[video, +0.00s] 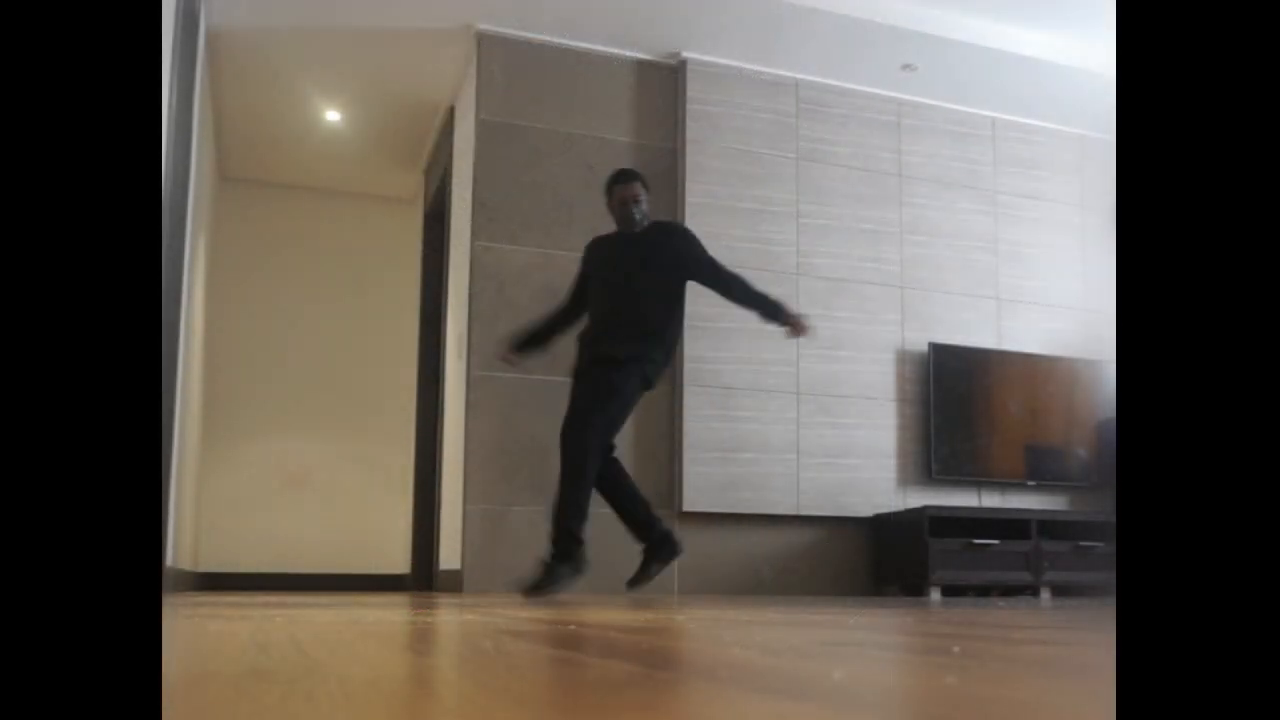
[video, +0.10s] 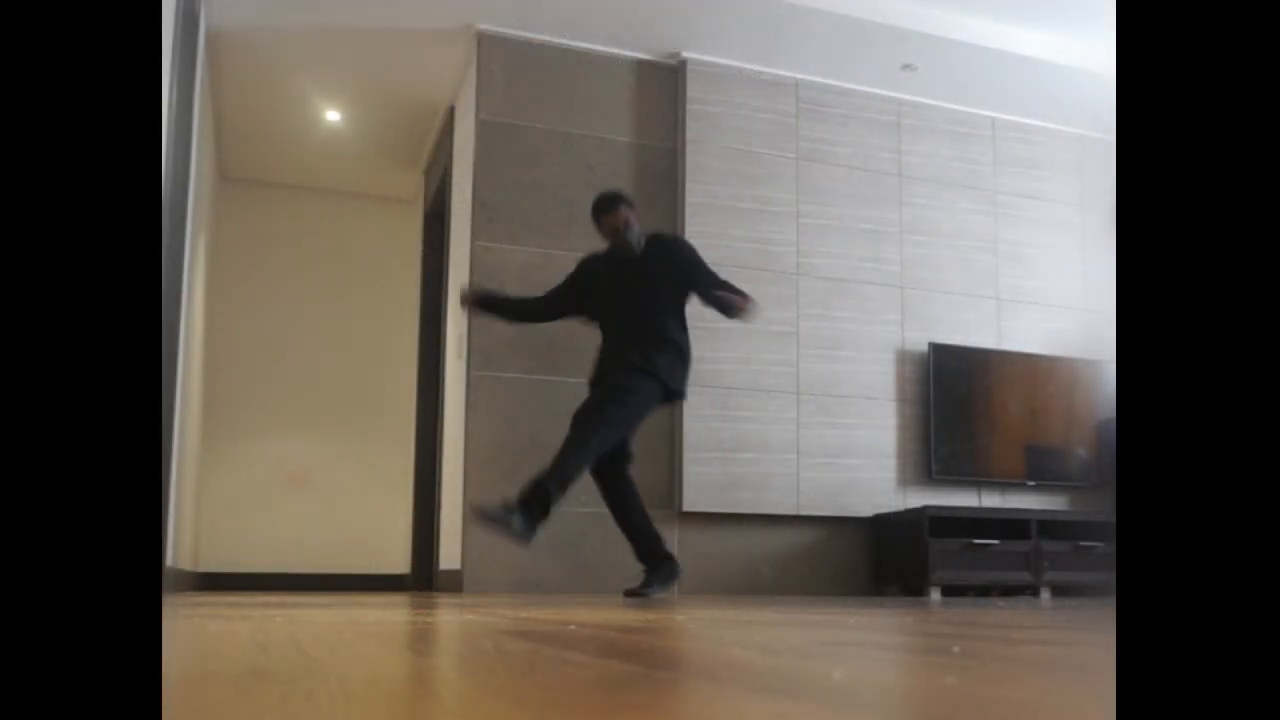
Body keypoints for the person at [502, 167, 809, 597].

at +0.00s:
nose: (634, 209)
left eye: (638, 201)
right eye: (624, 203)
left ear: (649, 202)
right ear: (609, 208)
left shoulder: (672, 241)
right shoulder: (600, 251)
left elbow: (723, 281)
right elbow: (575, 308)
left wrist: (780, 314)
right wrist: (526, 343)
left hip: (637, 363)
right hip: (596, 361)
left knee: (582, 440)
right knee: (589, 451)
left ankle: (566, 555)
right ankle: (658, 542)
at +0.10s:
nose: (624, 231)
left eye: (627, 221)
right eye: (613, 228)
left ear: (637, 217)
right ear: (601, 232)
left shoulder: (669, 251)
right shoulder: (596, 271)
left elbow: (709, 286)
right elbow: (543, 308)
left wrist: (732, 301)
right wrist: (484, 302)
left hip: (656, 370)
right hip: (612, 373)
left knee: (590, 426)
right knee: (609, 469)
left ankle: (529, 513)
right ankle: (660, 564)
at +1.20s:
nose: (656, 211)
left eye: (662, 202)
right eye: (647, 204)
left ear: (675, 196)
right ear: (635, 204)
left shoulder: (698, 237)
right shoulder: (634, 244)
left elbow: (728, 300)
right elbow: (632, 305)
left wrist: (677, 317)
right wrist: (611, 348)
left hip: (671, 359)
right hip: (637, 359)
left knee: (620, 429)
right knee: (658, 458)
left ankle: (612, 549)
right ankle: (709, 555)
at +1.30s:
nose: (647, 235)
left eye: (652, 225)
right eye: (638, 230)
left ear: (665, 214)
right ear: (628, 230)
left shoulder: (697, 247)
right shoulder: (637, 264)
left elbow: (736, 302)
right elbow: (624, 319)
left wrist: (687, 328)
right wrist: (574, 351)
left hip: (679, 372)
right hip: (651, 372)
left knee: (611, 422)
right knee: (677, 478)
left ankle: (570, 528)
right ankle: (722, 571)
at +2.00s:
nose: (634, 214)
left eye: (640, 205)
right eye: (626, 208)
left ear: (657, 201)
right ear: (618, 211)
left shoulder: (692, 239)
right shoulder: (617, 256)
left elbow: (725, 293)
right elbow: (616, 321)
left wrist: (702, 330)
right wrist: (606, 371)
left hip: (676, 372)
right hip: (626, 375)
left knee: (679, 465)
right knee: (601, 459)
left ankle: (693, 570)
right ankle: (610, 559)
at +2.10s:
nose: (636, 220)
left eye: (643, 211)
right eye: (628, 213)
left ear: (659, 205)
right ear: (619, 212)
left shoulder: (691, 246)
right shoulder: (615, 254)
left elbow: (727, 302)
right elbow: (609, 318)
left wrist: (697, 336)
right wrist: (595, 371)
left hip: (673, 373)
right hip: (626, 374)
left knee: (677, 466)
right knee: (628, 454)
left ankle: (693, 569)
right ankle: (594, 561)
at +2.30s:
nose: (637, 193)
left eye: (638, 186)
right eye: (624, 191)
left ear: (647, 195)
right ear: (608, 206)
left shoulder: (667, 249)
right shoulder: (593, 250)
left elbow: (678, 316)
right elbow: (576, 318)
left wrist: (729, 320)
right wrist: (556, 379)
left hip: (667, 383)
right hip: (610, 381)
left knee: (685, 473)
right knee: (568, 466)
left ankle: (695, 570)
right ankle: (530, 561)